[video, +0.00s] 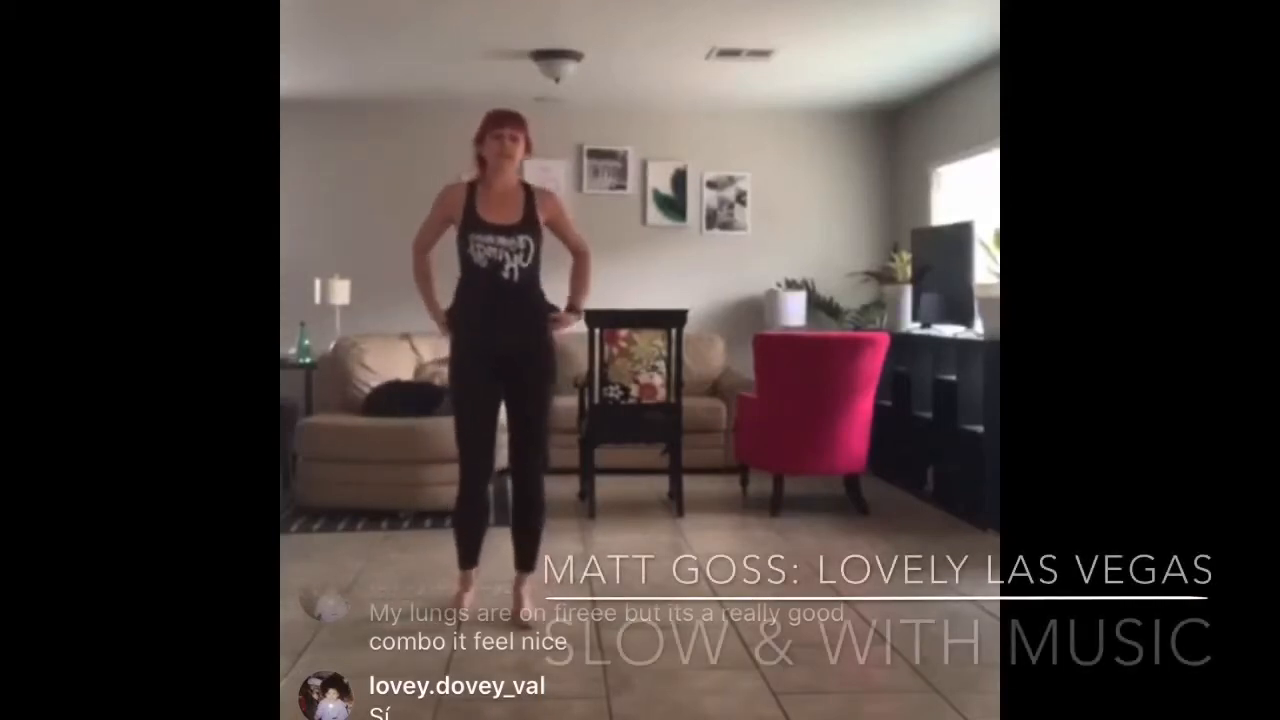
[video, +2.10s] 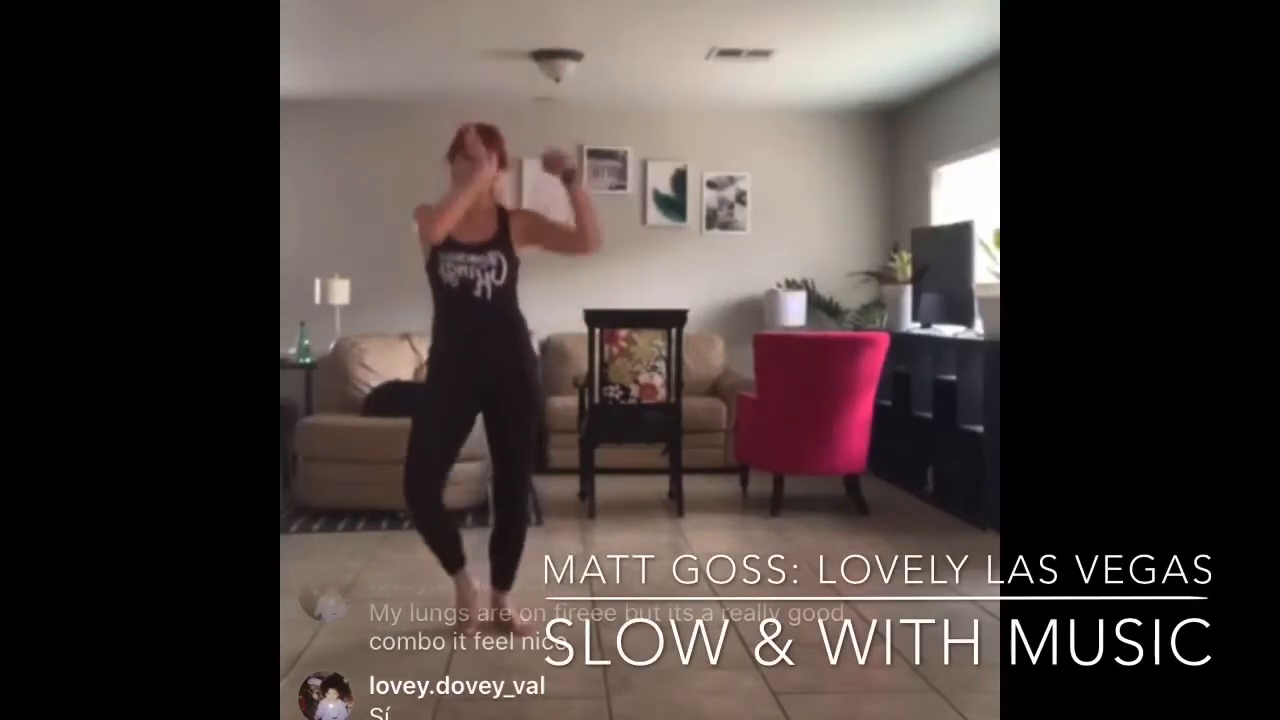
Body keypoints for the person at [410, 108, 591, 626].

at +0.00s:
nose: (504, 145)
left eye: (513, 139)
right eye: (496, 137)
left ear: (525, 151)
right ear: (480, 147)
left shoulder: (543, 203)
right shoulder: (457, 198)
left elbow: (581, 251)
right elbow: (422, 249)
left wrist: (573, 310)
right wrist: (438, 313)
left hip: (530, 336)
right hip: (473, 334)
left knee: (528, 464)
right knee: (475, 465)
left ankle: (525, 581)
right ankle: (467, 578)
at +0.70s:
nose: (524, 142)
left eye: (532, 136)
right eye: (515, 134)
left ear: (545, 150)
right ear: (498, 144)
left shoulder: (557, 209)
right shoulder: (472, 202)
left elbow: (564, 293)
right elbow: (450, 282)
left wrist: (558, 266)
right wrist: (472, 237)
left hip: (539, 345)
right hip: (483, 343)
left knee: (532, 467)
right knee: (487, 466)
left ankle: (527, 582)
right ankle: (486, 583)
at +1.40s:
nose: (507, 172)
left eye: (518, 167)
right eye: (499, 165)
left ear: (530, 181)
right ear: (484, 177)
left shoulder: (544, 232)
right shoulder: (463, 230)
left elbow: (582, 283)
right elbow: (421, 279)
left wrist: (553, 219)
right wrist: (449, 217)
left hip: (529, 367)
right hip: (474, 366)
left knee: (523, 479)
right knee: (478, 480)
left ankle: (521, 583)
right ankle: (490, 582)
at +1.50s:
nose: (509, 138)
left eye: (518, 132)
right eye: (500, 130)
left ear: (531, 145)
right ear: (484, 142)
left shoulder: (539, 200)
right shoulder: (462, 194)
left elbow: (578, 180)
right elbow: (418, 164)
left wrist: (550, 123)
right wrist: (448, 99)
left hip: (529, 347)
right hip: (471, 345)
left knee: (525, 467)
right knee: (475, 467)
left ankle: (524, 579)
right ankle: (488, 577)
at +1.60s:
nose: (506, 100)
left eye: (516, 94)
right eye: (497, 92)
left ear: (530, 106)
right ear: (479, 102)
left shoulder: (541, 158)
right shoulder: (462, 153)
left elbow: (564, 87)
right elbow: (434, 76)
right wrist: (440, 4)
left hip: (525, 306)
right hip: (466, 305)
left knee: (529, 434)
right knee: (474, 436)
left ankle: (533, 560)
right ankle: (473, 563)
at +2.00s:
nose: (491, 160)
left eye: (499, 153)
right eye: (482, 153)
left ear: (512, 166)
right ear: (463, 165)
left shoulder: (526, 217)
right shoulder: (444, 217)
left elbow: (584, 177)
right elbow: (425, 162)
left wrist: (550, 118)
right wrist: (456, 98)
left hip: (513, 362)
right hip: (455, 361)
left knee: (516, 479)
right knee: (450, 479)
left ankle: (503, 593)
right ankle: (477, 586)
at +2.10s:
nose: (473, 166)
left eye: (484, 158)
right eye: (463, 158)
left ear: (501, 167)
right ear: (449, 166)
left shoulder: (516, 223)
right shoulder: (433, 216)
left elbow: (587, 242)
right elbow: (435, 233)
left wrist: (573, 184)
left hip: (510, 370)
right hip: (451, 370)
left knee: (512, 485)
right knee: (420, 489)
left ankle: (501, 599)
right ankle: (463, 584)